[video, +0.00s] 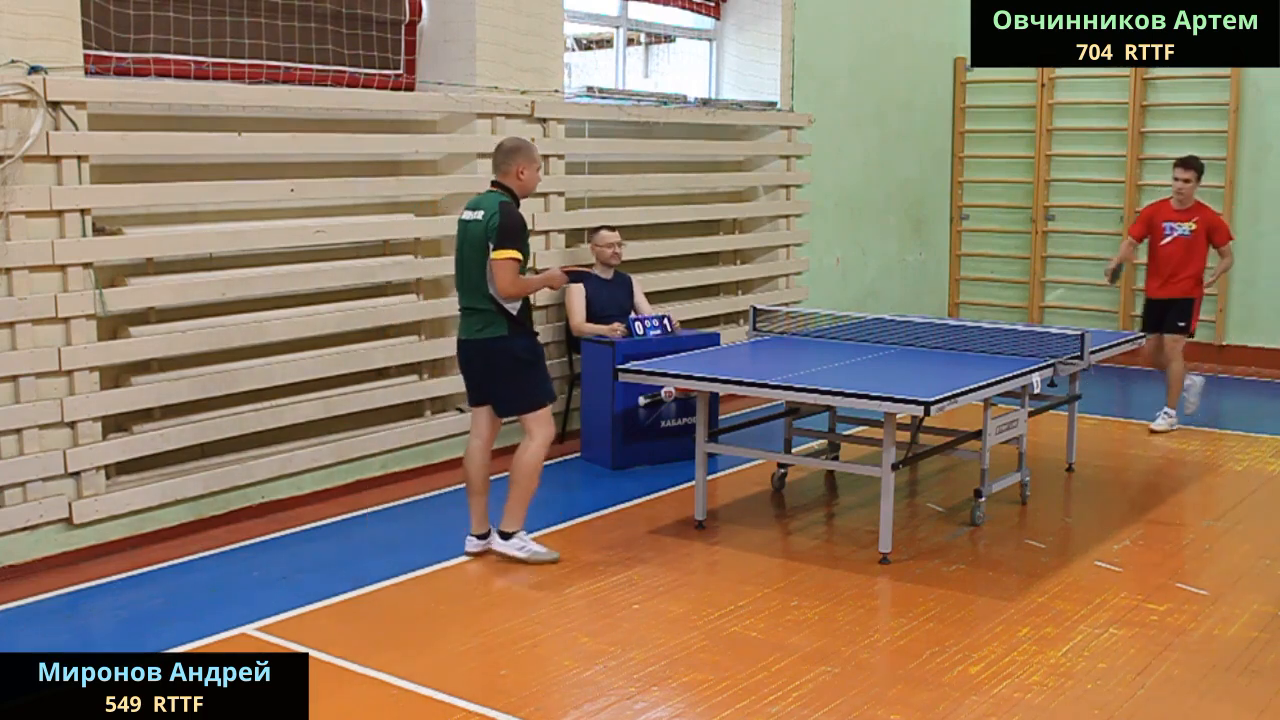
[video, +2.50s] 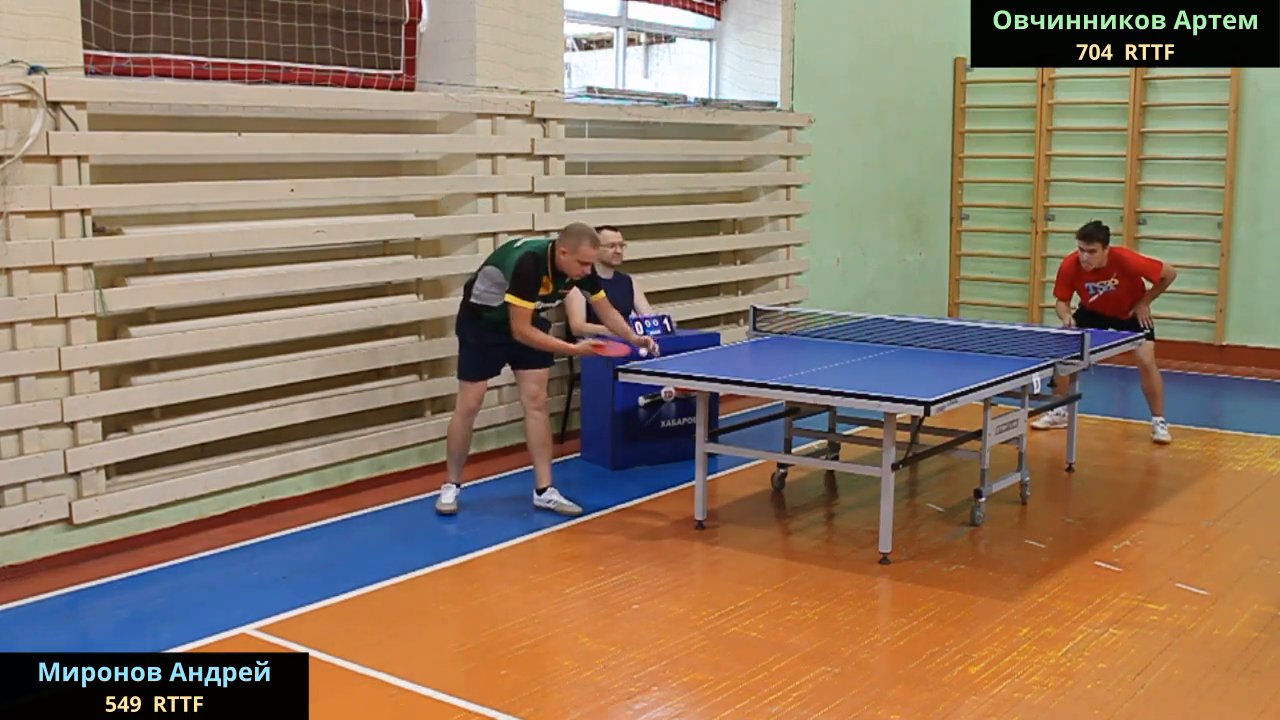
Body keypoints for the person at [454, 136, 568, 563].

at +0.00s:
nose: (538, 176)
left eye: (537, 169)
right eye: (536, 169)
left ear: (500, 170)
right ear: (520, 171)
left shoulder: (474, 207)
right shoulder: (507, 213)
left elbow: (479, 279)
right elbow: (506, 285)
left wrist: (528, 279)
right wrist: (545, 280)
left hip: (472, 341)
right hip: (507, 341)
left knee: (481, 431)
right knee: (541, 431)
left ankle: (479, 533)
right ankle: (511, 532)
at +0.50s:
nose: (584, 193)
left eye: (585, 186)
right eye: (582, 186)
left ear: (550, 180)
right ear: (564, 184)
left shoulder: (517, 206)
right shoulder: (544, 226)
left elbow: (488, 255)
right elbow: (551, 298)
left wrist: (528, 284)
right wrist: (607, 325)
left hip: (518, 331)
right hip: (515, 335)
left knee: (547, 410)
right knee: (527, 430)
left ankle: (541, 505)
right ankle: (509, 536)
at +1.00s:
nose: (599, 210)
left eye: (602, 203)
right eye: (595, 202)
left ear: (579, 196)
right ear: (572, 193)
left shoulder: (579, 229)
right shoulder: (531, 221)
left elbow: (592, 282)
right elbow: (502, 284)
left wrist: (638, 313)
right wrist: (561, 306)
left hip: (544, 330)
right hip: (504, 329)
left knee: (551, 412)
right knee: (500, 417)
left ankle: (549, 506)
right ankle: (469, 491)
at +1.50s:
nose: (539, 216)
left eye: (542, 209)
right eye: (534, 208)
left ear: (537, 205)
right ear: (509, 200)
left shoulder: (538, 236)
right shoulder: (469, 225)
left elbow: (573, 280)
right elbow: (431, 274)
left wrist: (622, 311)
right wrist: (473, 292)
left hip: (515, 329)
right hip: (469, 332)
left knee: (540, 405)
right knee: (463, 411)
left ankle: (549, 497)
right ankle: (454, 484)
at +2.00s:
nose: (568, 250)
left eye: (571, 244)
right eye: (562, 242)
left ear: (573, 238)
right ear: (540, 231)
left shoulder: (565, 258)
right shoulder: (500, 239)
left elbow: (586, 303)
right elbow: (462, 292)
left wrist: (617, 335)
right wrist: (500, 324)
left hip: (520, 325)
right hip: (476, 322)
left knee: (531, 402)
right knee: (465, 403)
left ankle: (544, 490)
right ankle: (454, 484)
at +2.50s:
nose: (588, 271)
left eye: (591, 265)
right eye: (583, 264)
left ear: (593, 259)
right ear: (562, 253)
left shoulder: (580, 268)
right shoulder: (529, 262)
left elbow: (606, 309)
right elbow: (521, 330)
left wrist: (632, 337)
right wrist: (572, 349)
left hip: (526, 322)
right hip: (481, 321)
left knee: (536, 400)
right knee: (469, 404)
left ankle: (544, 490)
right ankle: (451, 485)